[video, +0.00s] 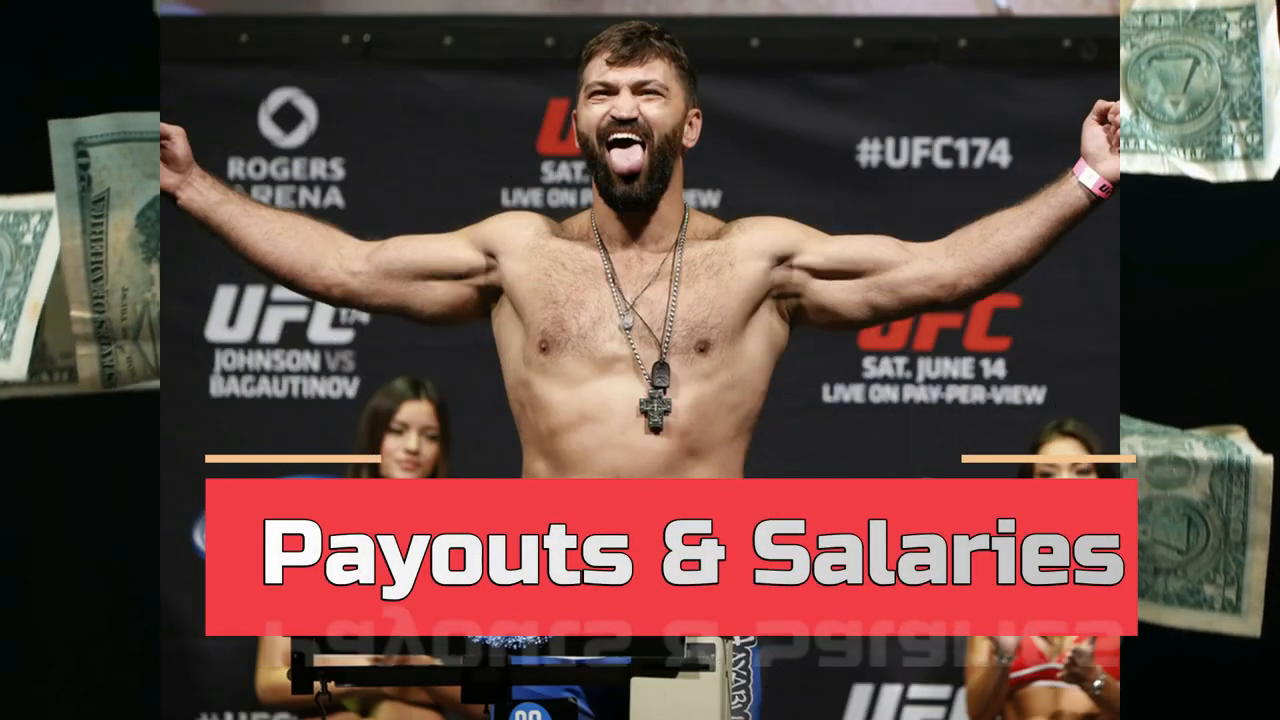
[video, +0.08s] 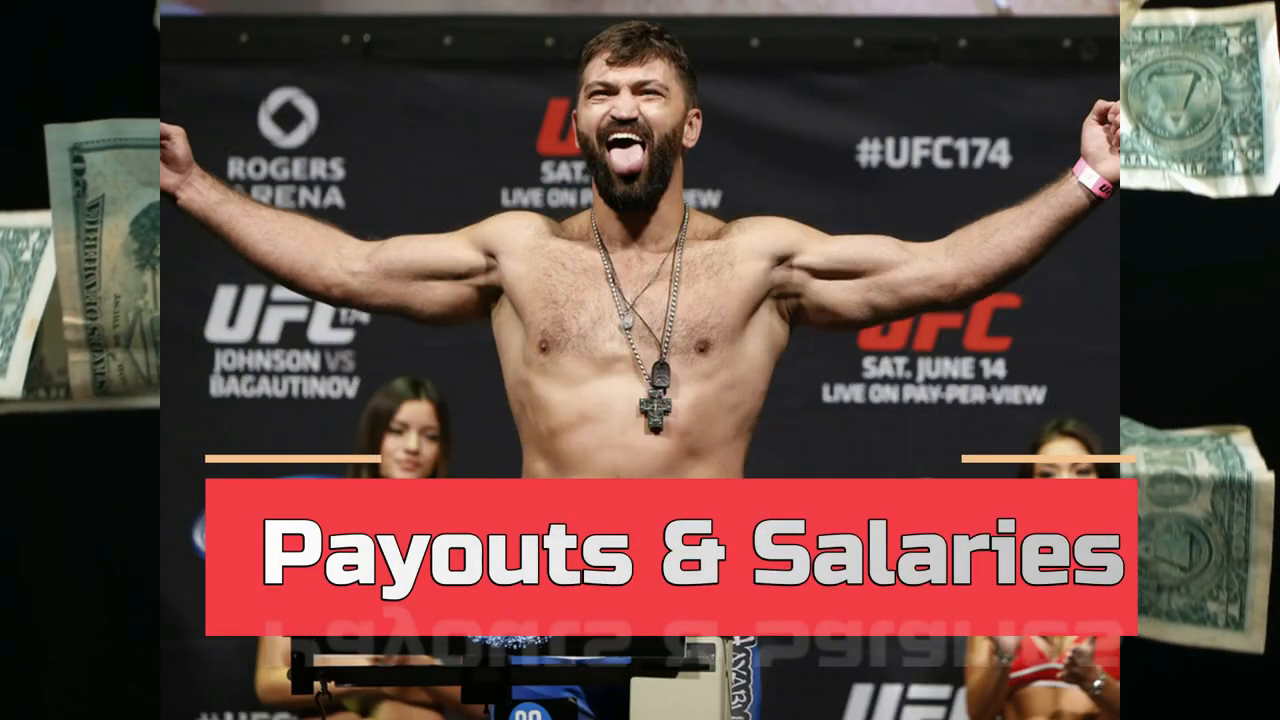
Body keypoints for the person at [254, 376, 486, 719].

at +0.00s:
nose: (412, 447)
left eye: (429, 435)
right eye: (398, 431)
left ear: (442, 449)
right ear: (374, 438)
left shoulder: (465, 526)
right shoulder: (316, 520)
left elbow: (484, 699)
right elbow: (269, 682)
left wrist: (427, 676)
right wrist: (349, 680)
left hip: (423, 708)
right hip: (337, 705)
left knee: (396, 710)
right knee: (342, 716)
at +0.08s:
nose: (412, 447)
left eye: (429, 435)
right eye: (398, 431)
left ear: (442, 449)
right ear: (374, 438)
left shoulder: (465, 526)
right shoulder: (316, 520)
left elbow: (484, 699)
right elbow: (269, 682)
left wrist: (427, 676)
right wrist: (349, 680)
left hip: (423, 708)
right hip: (337, 705)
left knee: (396, 710)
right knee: (342, 716)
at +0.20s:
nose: (412, 447)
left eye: (429, 435)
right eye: (398, 431)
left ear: (442, 449)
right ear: (374, 438)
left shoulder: (465, 526)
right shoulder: (316, 520)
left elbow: (484, 699)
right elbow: (269, 682)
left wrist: (427, 676)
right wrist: (349, 680)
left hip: (423, 708)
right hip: (337, 705)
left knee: (396, 710)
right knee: (342, 716)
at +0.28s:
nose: (412, 447)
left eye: (429, 435)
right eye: (398, 431)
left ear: (442, 449)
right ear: (374, 438)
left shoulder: (465, 526)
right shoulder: (316, 520)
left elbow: (484, 699)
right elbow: (269, 682)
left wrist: (427, 676)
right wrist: (349, 680)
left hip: (423, 708)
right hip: (337, 705)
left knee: (396, 710)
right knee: (342, 716)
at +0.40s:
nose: (412, 447)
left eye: (429, 435)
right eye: (398, 431)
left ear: (442, 449)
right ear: (374, 438)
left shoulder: (465, 526)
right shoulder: (316, 520)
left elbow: (484, 699)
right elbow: (269, 682)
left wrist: (427, 676)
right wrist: (349, 680)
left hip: (423, 708)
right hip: (338, 705)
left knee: (396, 710)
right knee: (342, 716)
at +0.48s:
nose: (412, 447)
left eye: (429, 435)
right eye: (398, 431)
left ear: (442, 449)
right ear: (374, 437)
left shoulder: (465, 526)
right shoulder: (316, 520)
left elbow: (483, 699)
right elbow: (269, 682)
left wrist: (427, 676)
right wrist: (350, 680)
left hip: (423, 707)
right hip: (337, 705)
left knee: (397, 710)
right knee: (342, 716)